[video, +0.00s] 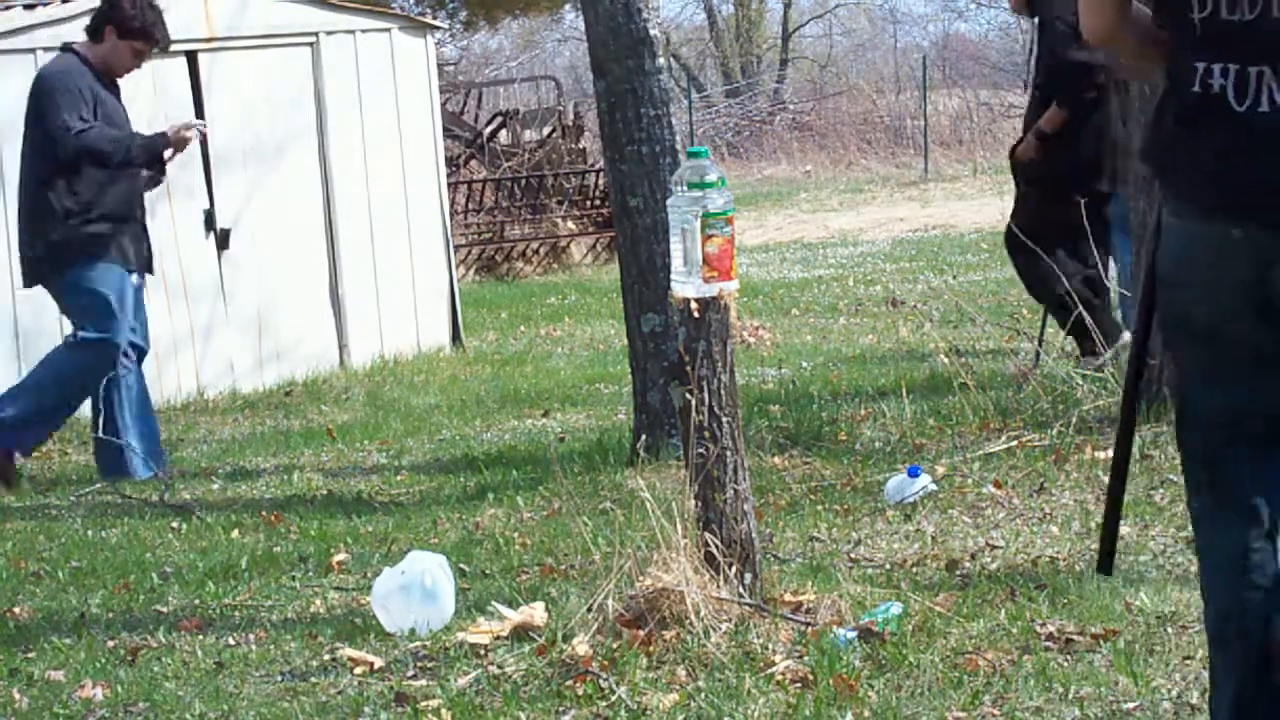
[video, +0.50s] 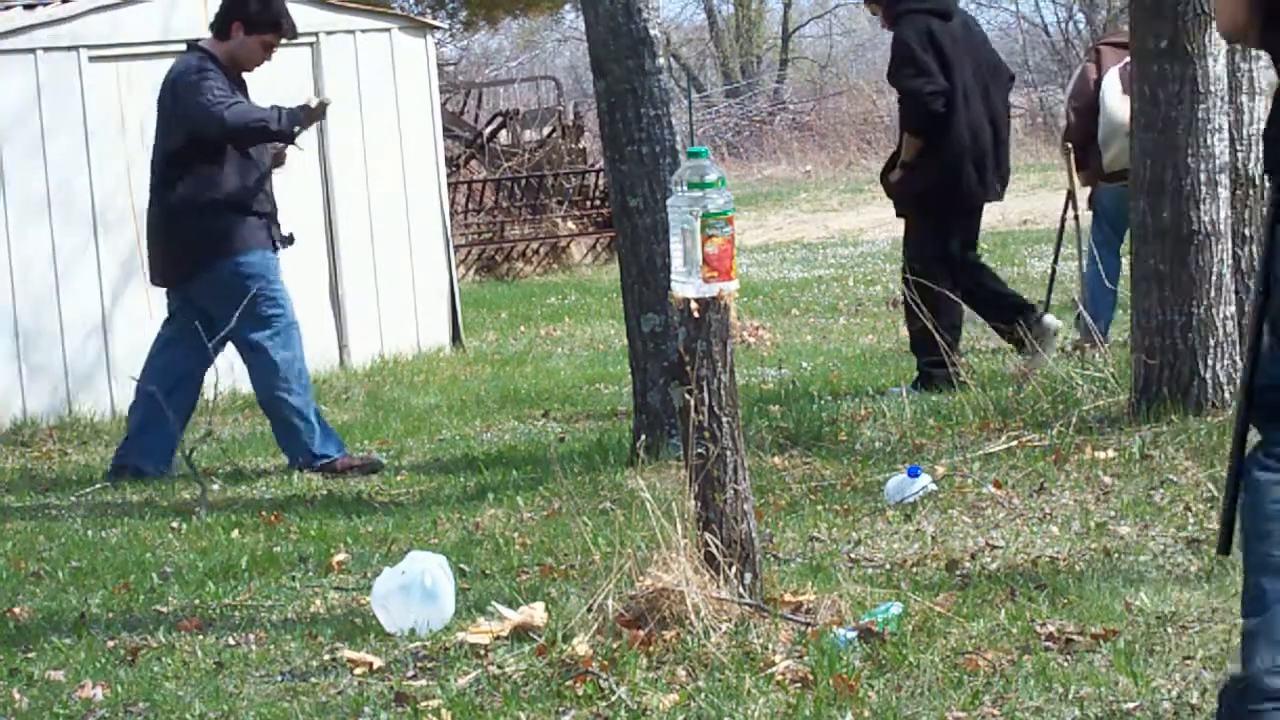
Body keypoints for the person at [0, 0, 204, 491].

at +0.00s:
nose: (138, 67)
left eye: (144, 58)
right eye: (138, 54)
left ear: (119, 42)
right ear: (110, 34)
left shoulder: (102, 87)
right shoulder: (64, 75)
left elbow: (107, 178)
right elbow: (75, 142)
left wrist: (150, 168)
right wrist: (160, 142)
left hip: (116, 239)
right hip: (78, 239)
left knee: (126, 349)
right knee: (105, 341)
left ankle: (131, 470)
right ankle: (8, 429)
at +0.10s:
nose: (160, 59)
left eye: (166, 50)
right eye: (158, 46)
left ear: (139, 34)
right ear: (129, 27)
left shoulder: (123, 83)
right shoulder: (85, 72)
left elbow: (122, 170)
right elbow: (102, 127)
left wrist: (167, 171)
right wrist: (181, 132)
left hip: (121, 226)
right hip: (105, 227)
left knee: (128, 342)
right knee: (154, 318)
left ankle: (141, 464)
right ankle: (69, 425)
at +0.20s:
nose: (182, 54)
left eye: (187, 46)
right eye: (180, 42)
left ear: (154, 27)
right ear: (150, 24)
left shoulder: (144, 80)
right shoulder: (107, 69)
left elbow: (143, 166)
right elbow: (130, 120)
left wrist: (190, 167)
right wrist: (204, 124)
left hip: (129, 227)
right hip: (135, 224)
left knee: (130, 340)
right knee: (188, 314)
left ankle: (125, 457)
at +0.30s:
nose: (208, 56)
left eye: (214, 47)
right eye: (206, 43)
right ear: (177, 24)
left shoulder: (177, 79)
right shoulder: (134, 69)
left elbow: (172, 169)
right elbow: (158, 118)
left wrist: (215, 163)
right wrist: (231, 120)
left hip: (153, 234)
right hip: (165, 230)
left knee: (142, 357)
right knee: (209, 337)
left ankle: (132, 469)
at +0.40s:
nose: (235, 59)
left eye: (240, 50)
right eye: (233, 46)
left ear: (210, 32)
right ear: (204, 27)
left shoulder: (186, 80)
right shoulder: (164, 74)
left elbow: (182, 175)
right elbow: (189, 123)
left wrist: (235, 164)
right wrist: (262, 119)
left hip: (184, 240)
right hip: (191, 239)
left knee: (157, 358)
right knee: (242, 343)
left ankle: (133, 469)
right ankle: (304, 442)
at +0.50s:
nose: (268, 57)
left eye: (273, 49)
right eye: (266, 45)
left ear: (237, 31)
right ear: (236, 29)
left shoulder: (212, 77)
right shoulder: (198, 73)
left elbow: (213, 162)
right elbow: (225, 120)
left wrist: (263, 155)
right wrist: (292, 118)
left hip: (209, 240)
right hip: (225, 235)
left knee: (181, 354)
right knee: (276, 335)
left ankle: (137, 464)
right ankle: (316, 454)